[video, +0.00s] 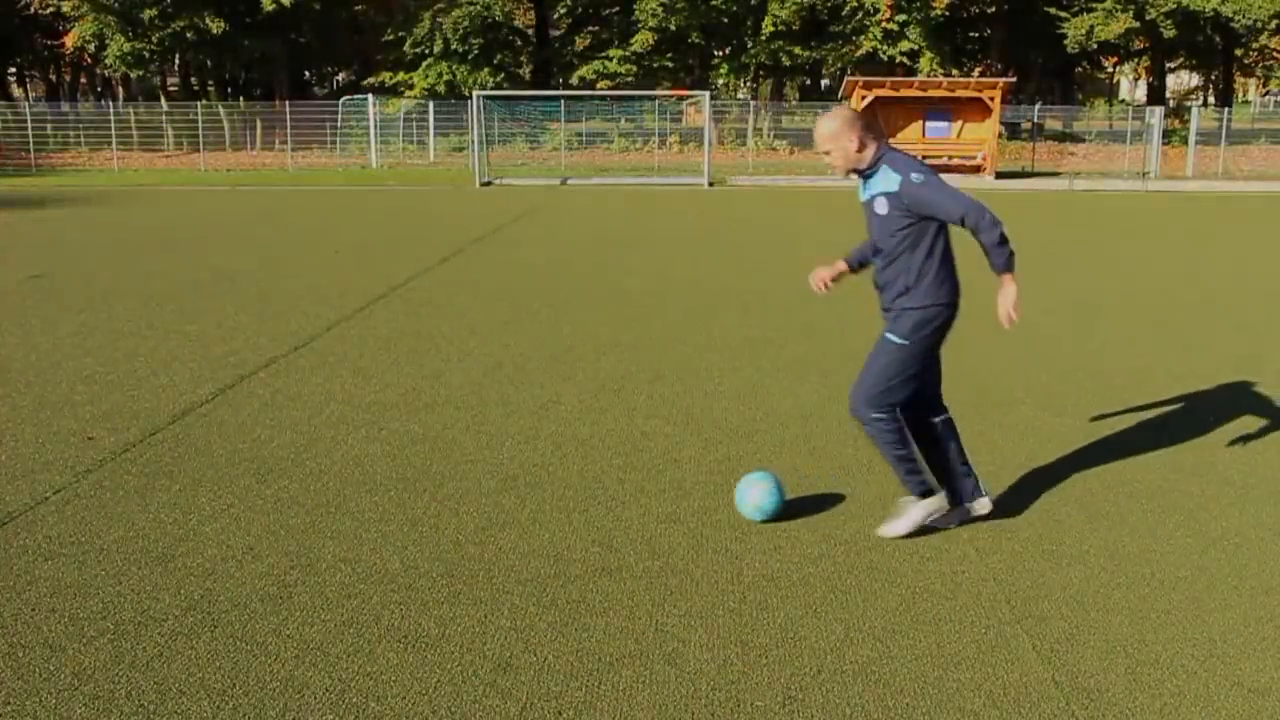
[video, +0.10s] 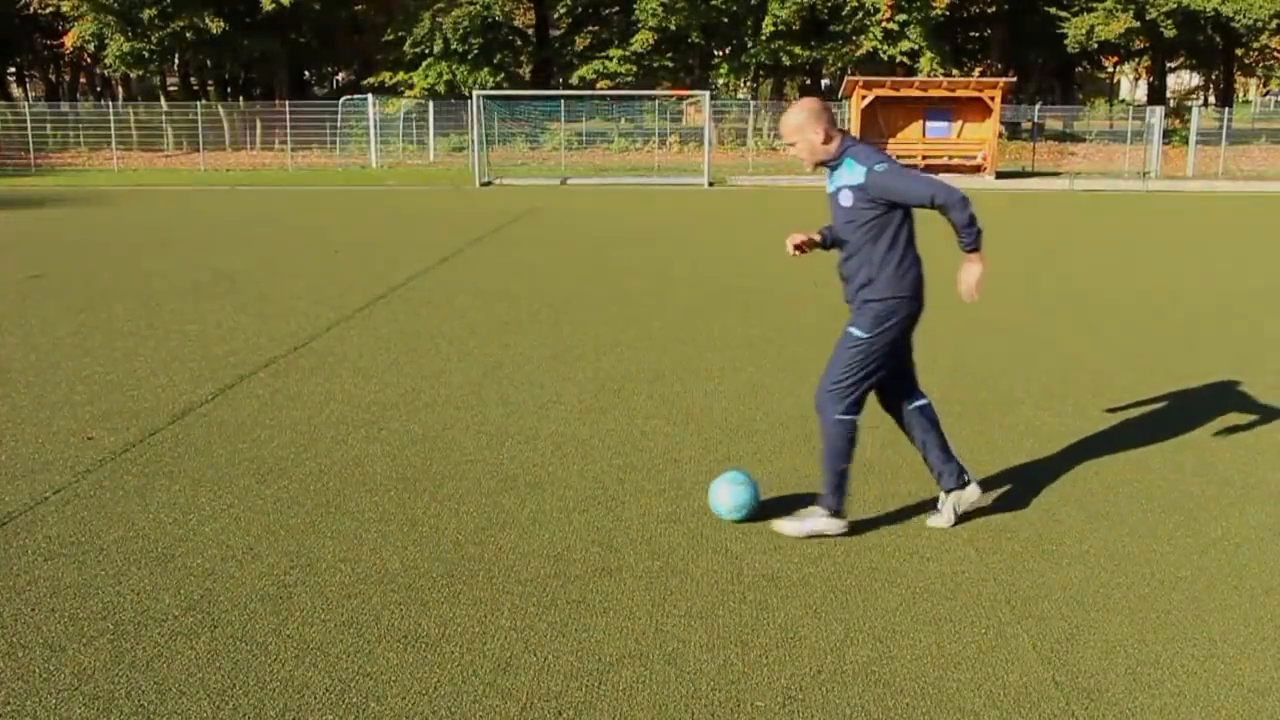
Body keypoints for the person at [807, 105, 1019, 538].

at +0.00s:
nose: (828, 163)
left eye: (830, 154)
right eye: (825, 155)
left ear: (857, 143)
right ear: (856, 144)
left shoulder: (905, 177)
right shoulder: (873, 175)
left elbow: (977, 216)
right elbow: (887, 238)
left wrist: (1007, 278)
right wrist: (843, 265)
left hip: (923, 308)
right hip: (907, 307)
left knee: (869, 402)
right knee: (923, 405)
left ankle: (925, 495)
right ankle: (969, 496)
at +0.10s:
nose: (794, 154)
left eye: (795, 145)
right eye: (790, 146)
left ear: (823, 136)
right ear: (823, 136)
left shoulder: (870, 167)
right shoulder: (841, 166)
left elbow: (950, 196)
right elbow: (857, 225)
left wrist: (972, 252)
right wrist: (820, 239)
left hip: (886, 301)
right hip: (878, 298)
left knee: (834, 396)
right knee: (899, 393)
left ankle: (830, 510)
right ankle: (957, 486)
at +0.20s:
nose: (761, 157)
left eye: (764, 149)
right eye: (759, 149)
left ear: (792, 142)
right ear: (793, 142)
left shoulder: (835, 182)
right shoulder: (812, 173)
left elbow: (897, 230)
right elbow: (831, 234)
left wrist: (923, 297)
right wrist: (798, 266)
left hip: (846, 313)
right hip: (837, 308)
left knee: (797, 408)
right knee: (848, 404)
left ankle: (791, 518)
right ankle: (929, 471)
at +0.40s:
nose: (711, 153)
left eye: (713, 143)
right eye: (708, 144)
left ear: (739, 136)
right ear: (745, 135)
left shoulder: (766, 182)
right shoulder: (786, 164)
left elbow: (751, 268)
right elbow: (836, 206)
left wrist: (676, 279)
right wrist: (843, 257)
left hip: (791, 309)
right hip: (770, 301)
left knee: (755, 419)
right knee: (701, 354)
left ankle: (786, 519)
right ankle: (763, 444)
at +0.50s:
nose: (691, 126)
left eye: (691, 115)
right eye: (687, 117)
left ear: (716, 105)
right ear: (721, 102)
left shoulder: (748, 142)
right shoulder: (767, 129)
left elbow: (723, 220)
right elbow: (830, 163)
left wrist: (656, 219)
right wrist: (843, 213)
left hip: (770, 277)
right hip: (742, 267)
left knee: (761, 388)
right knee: (670, 302)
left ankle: (779, 501)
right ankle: (706, 402)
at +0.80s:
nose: (652, 95)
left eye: (651, 83)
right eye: (647, 86)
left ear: (675, 69)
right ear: (681, 65)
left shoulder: (705, 109)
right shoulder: (735, 94)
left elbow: (702, 195)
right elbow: (799, 125)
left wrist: (645, 238)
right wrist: (823, 175)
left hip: (737, 247)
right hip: (720, 234)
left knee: (716, 351)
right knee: (639, 273)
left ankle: (730, 469)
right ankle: (663, 378)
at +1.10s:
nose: (606, 121)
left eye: (606, 110)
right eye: (601, 112)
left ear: (631, 96)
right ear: (636, 93)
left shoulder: (660, 138)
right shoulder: (690, 112)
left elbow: (683, 222)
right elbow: (756, 135)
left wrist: (663, 291)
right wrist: (792, 181)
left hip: (703, 264)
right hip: (689, 251)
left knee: (673, 370)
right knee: (607, 296)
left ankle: (658, 493)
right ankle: (627, 403)